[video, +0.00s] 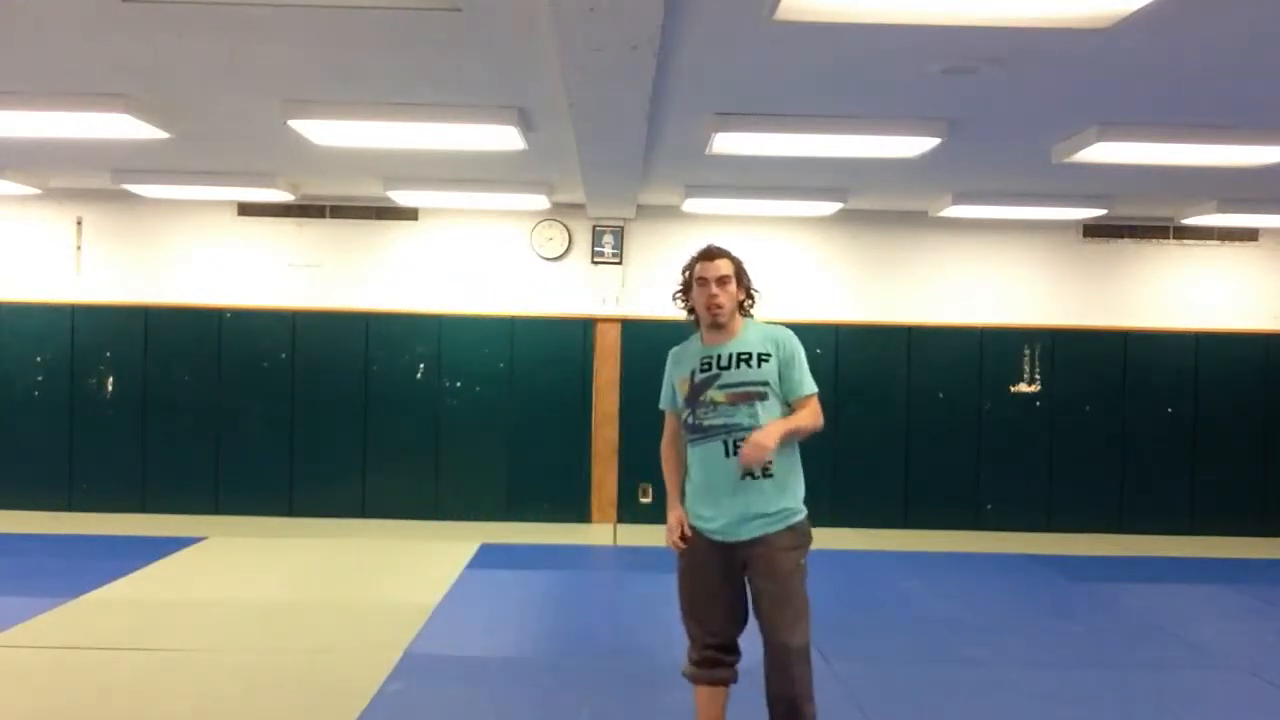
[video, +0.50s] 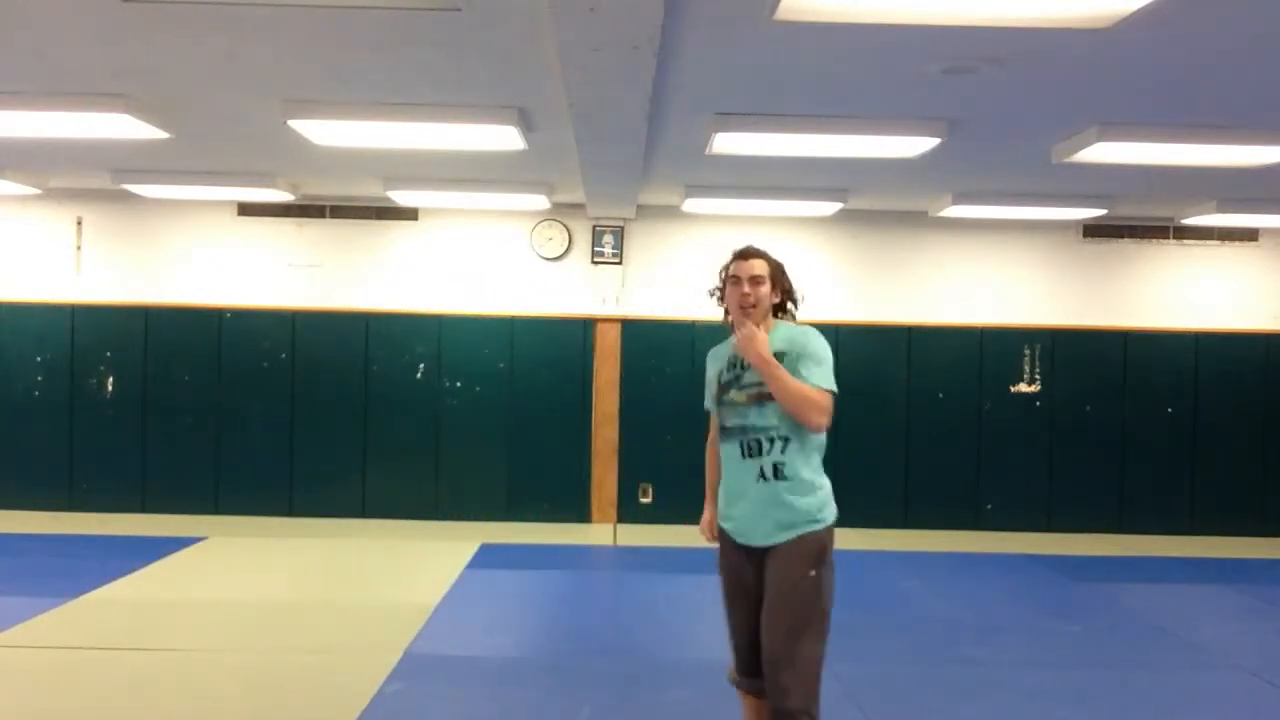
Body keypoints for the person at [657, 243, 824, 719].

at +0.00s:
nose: (713, 292)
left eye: (723, 281)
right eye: (702, 284)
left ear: (741, 290)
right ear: (690, 296)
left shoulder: (779, 341)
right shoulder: (680, 357)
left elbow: (811, 414)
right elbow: (672, 435)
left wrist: (774, 431)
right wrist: (674, 502)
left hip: (775, 523)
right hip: (703, 527)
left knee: (789, 648)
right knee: (709, 655)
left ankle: (794, 718)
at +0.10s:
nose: (721, 292)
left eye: (731, 281)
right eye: (710, 283)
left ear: (750, 290)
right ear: (699, 295)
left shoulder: (786, 342)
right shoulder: (689, 356)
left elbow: (815, 419)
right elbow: (682, 434)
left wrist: (769, 403)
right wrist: (679, 504)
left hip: (771, 524)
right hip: (704, 526)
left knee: (775, 652)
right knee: (709, 655)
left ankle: (788, 718)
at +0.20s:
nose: (732, 297)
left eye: (743, 286)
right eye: (722, 288)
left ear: (763, 295)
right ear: (711, 299)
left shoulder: (796, 347)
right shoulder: (705, 358)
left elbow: (812, 423)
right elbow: (695, 436)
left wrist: (750, 366)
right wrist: (685, 507)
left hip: (772, 525)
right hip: (707, 524)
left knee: (766, 658)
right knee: (706, 660)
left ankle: (774, 717)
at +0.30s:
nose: (741, 295)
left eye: (752, 285)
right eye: (731, 287)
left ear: (771, 296)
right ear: (719, 299)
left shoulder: (801, 349)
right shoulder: (716, 360)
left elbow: (798, 419)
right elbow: (708, 439)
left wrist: (748, 353)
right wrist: (696, 509)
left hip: (778, 537)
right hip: (713, 533)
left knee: (772, 675)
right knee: (708, 673)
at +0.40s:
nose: (744, 284)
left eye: (755, 274)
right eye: (734, 275)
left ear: (775, 286)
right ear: (722, 288)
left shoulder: (806, 339)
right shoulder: (719, 353)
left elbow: (797, 410)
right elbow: (720, 432)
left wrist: (751, 345)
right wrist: (706, 502)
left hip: (788, 529)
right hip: (724, 527)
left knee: (779, 682)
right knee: (730, 675)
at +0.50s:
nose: (746, 291)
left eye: (756, 281)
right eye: (736, 282)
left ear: (777, 291)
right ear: (724, 294)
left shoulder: (806, 343)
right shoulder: (718, 358)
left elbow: (818, 415)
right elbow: (716, 435)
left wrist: (761, 358)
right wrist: (711, 503)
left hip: (800, 526)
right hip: (736, 527)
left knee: (787, 674)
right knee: (750, 672)